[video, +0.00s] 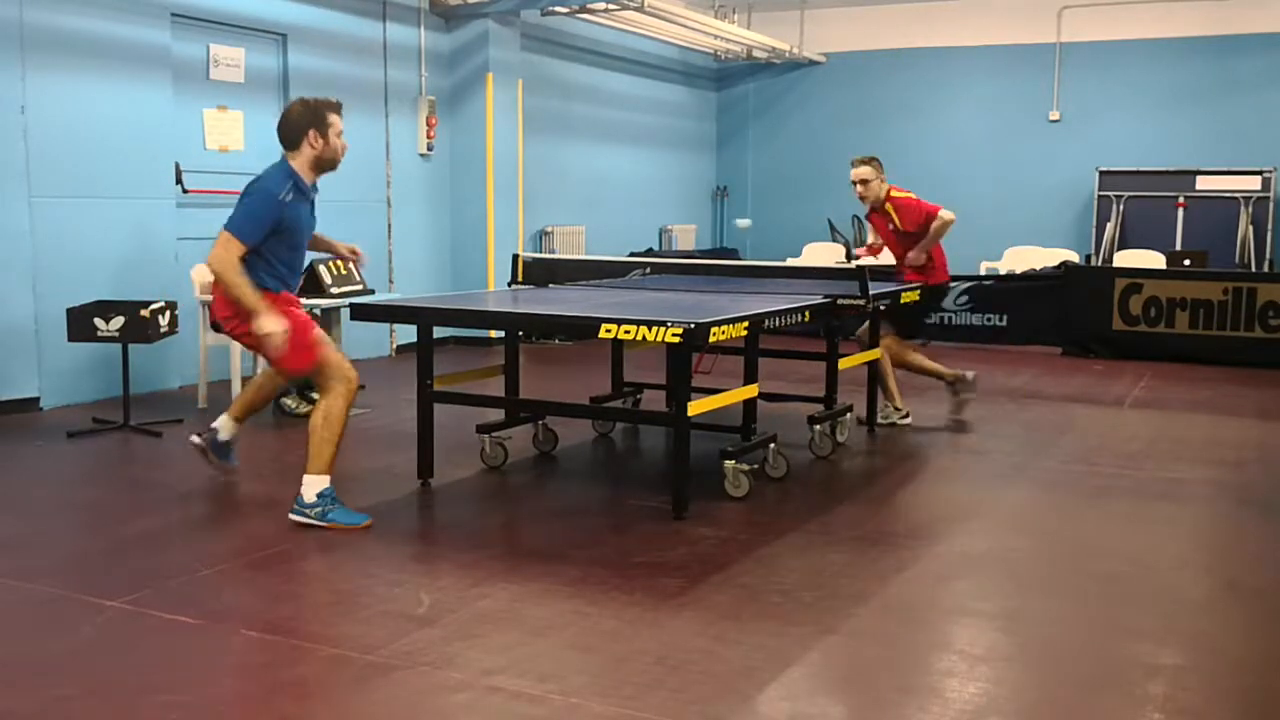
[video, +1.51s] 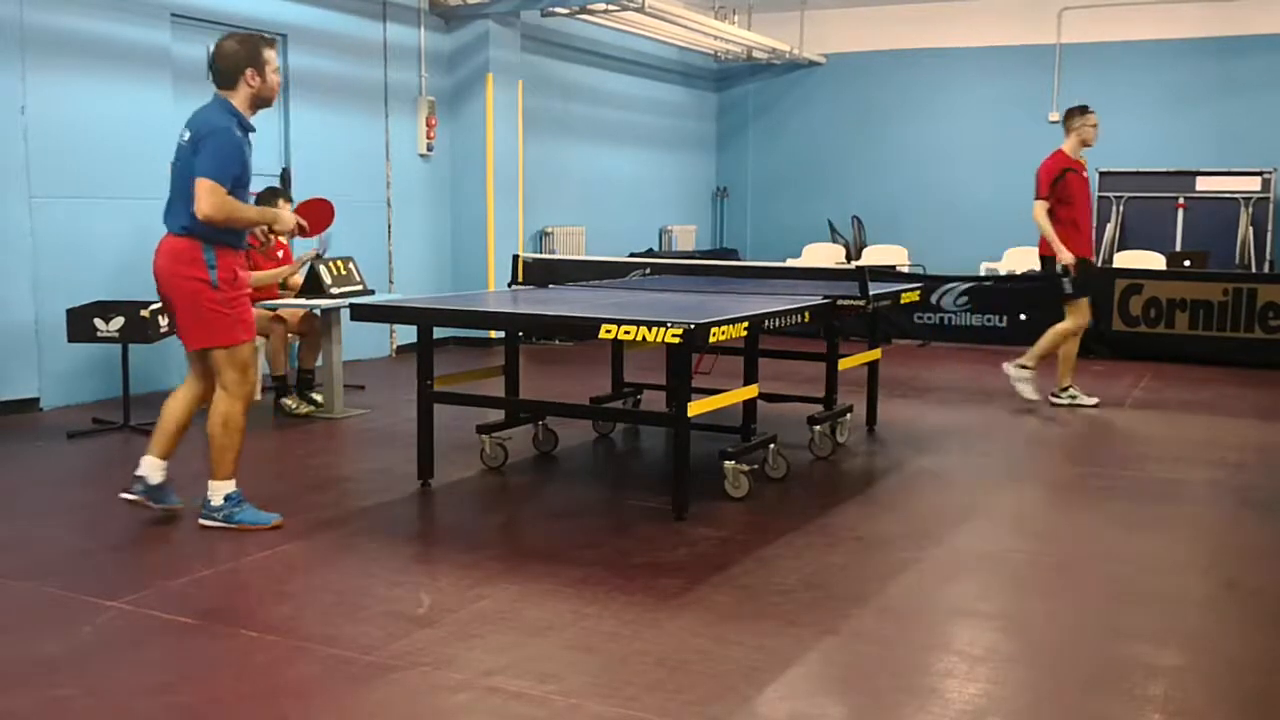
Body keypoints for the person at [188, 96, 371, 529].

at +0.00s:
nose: (344, 145)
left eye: (343, 135)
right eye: (339, 135)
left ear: (311, 141)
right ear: (313, 140)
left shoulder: (304, 186)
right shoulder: (272, 188)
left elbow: (291, 236)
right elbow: (221, 258)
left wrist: (334, 247)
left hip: (274, 298)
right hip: (248, 302)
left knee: (290, 364)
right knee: (342, 379)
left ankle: (219, 433)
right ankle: (313, 496)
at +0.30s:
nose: (345, 198)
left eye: (344, 189)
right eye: (338, 190)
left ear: (316, 195)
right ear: (308, 194)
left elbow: (380, 239)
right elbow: (187, 254)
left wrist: (432, 259)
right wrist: (155, 301)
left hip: (278, 319)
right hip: (235, 317)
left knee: (323, 385)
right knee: (298, 377)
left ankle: (265, 451)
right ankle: (300, 493)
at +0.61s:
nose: (325, 152)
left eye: (325, 144)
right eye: (318, 144)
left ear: (283, 149)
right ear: (289, 146)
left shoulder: (246, 181)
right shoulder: (297, 182)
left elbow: (254, 246)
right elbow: (337, 213)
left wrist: (305, 273)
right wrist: (330, 202)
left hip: (230, 300)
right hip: (274, 300)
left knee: (279, 357)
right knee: (304, 407)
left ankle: (263, 447)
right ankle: (267, 484)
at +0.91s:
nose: (325, 120)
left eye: (324, 112)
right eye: (319, 112)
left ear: (285, 115)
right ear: (291, 114)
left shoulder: (250, 151)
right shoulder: (278, 152)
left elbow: (216, 209)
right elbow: (293, 218)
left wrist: (269, 222)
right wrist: (322, 218)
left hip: (224, 262)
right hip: (250, 262)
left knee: (271, 361)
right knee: (292, 366)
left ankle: (264, 446)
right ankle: (283, 481)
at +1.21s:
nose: (316, 117)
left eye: (315, 108)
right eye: (310, 108)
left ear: (282, 111)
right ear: (284, 111)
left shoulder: (271, 160)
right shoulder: (240, 156)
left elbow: (256, 225)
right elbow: (207, 224)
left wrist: (281, 257)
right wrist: (270, 240)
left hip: (240, 278)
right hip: (216, 280)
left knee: (242, 376)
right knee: (274, 384)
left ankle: (251, 454)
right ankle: (223, 497)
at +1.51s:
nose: (279, 79)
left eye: (277, 70)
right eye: (273, 70)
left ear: (238, 77)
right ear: (251, 76)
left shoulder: (210, 120)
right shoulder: (224, 128)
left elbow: (206, 205)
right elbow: (209, 206)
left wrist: (266, 216)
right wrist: (272, 216)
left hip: (183, 257)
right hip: (206, 261)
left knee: (202, 376)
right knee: (238, 380)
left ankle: (149, 476)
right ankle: (221, 499)